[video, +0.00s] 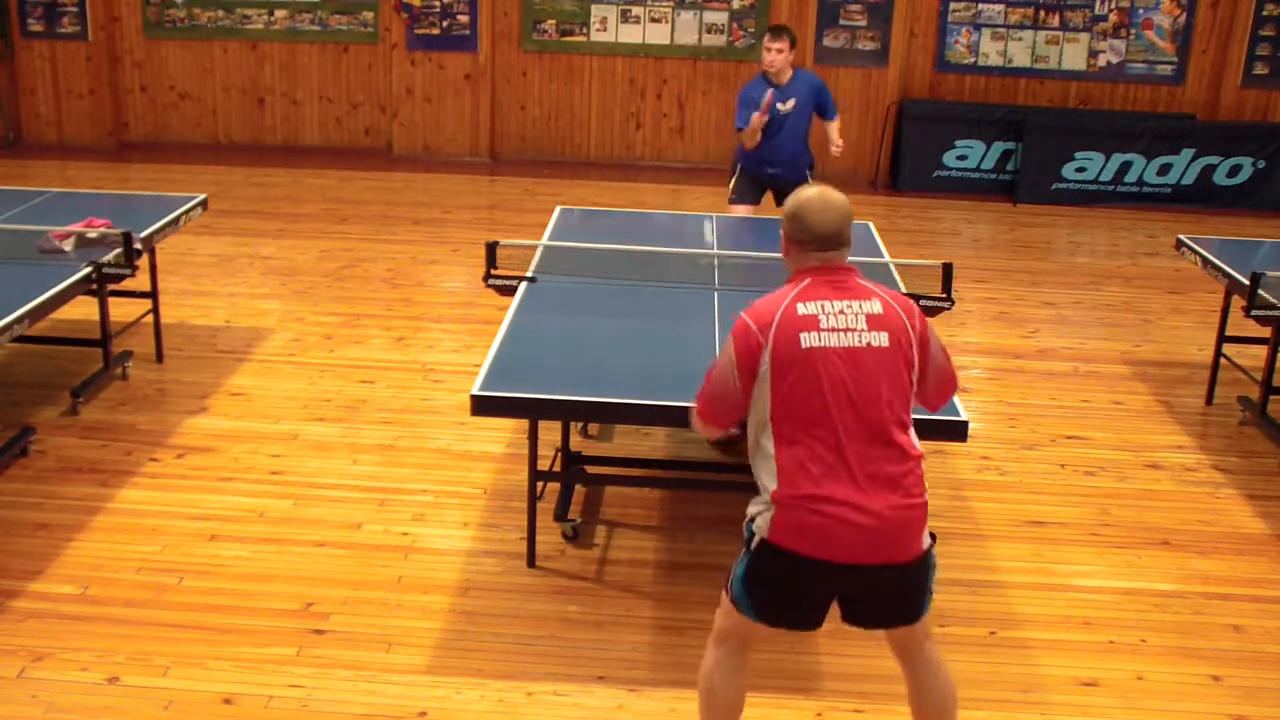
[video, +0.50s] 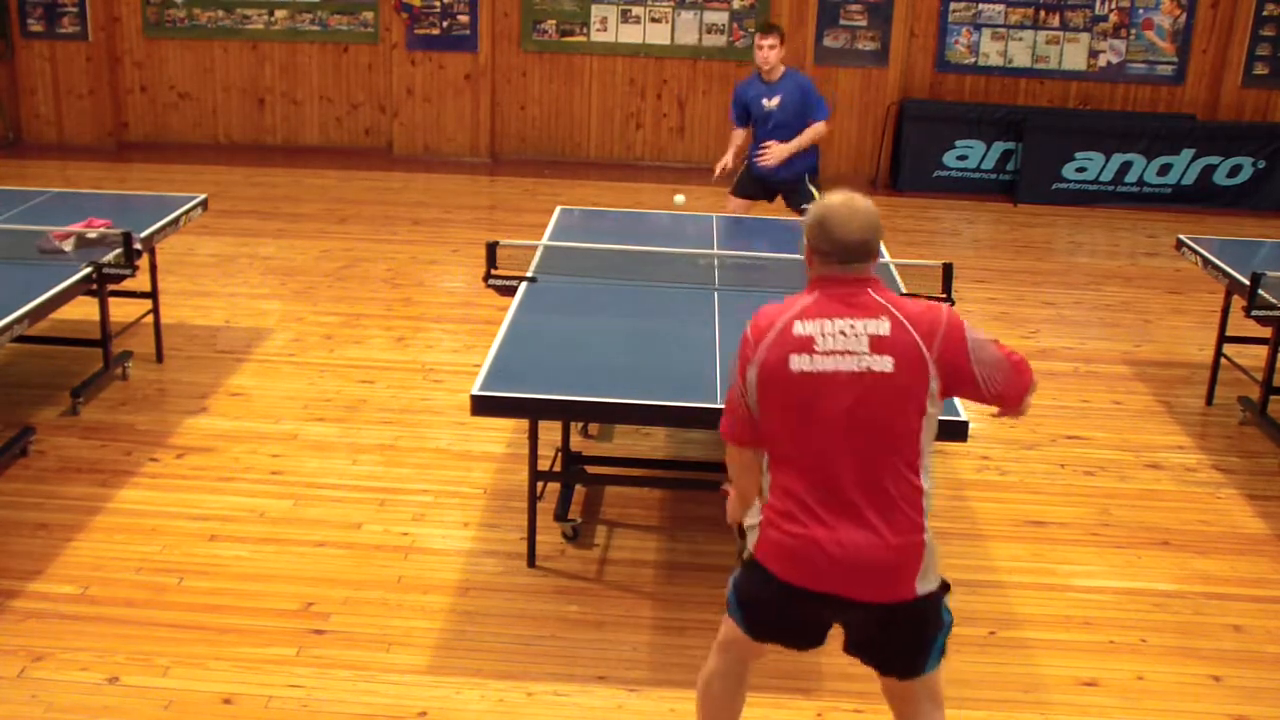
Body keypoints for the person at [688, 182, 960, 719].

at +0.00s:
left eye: (785, 232)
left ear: (786, 242)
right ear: (850, 241)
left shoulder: (762, 320)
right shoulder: (903, 312)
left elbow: (709, 421)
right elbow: (938, 391)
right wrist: (873, 371)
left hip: (798, 538)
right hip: (896, 542)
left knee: (729, 640)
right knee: (917, 646)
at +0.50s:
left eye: (804, 245)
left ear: (809, 252)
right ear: (880, 252)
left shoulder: (768, 326)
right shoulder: (931, 325)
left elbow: (740, 436)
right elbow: (1015, 386)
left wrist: (744, 495)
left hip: (790, 558)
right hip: (894, 568)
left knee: (733, 647)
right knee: (917, 697)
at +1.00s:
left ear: (828, 290)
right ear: (900, 292)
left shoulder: (787, 377)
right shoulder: (953, 371)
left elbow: (747, 489)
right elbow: (1023, 462)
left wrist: (769, 492)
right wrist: (1006, 522)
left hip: (825, 619)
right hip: (935, 625)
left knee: (737, 704)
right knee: (944, 709)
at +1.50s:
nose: (701, 302)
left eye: (703, 295)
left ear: (712, 307)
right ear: (783, 303)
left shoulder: (697, 401)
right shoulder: (845, 375)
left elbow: (583, 447)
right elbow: (928, 443)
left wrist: (563, 356)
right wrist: (1000, 493)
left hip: (735, 623)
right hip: (840, 621)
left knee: (644, 672)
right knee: (876, 707)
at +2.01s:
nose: (869, 268)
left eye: (873, 260)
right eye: (877, 256)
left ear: (879, 281)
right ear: (950, 287)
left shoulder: (854, 379)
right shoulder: (989, 370)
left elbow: (794, 501)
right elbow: (1031, 444)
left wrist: (706, 531)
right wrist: (994, 471)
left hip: (837, 630)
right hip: (938, 636)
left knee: (753, 706)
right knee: (914, 713)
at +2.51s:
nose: (867, 263)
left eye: (870, 255)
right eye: (874, 251)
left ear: (876, 281)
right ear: (953, 289)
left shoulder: (832, 376)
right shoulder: (992, 385)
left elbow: (760, 499)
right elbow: (1032, 510)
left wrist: (700, 579)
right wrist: (1035, 607)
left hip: (825, 646)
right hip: (931, 649)